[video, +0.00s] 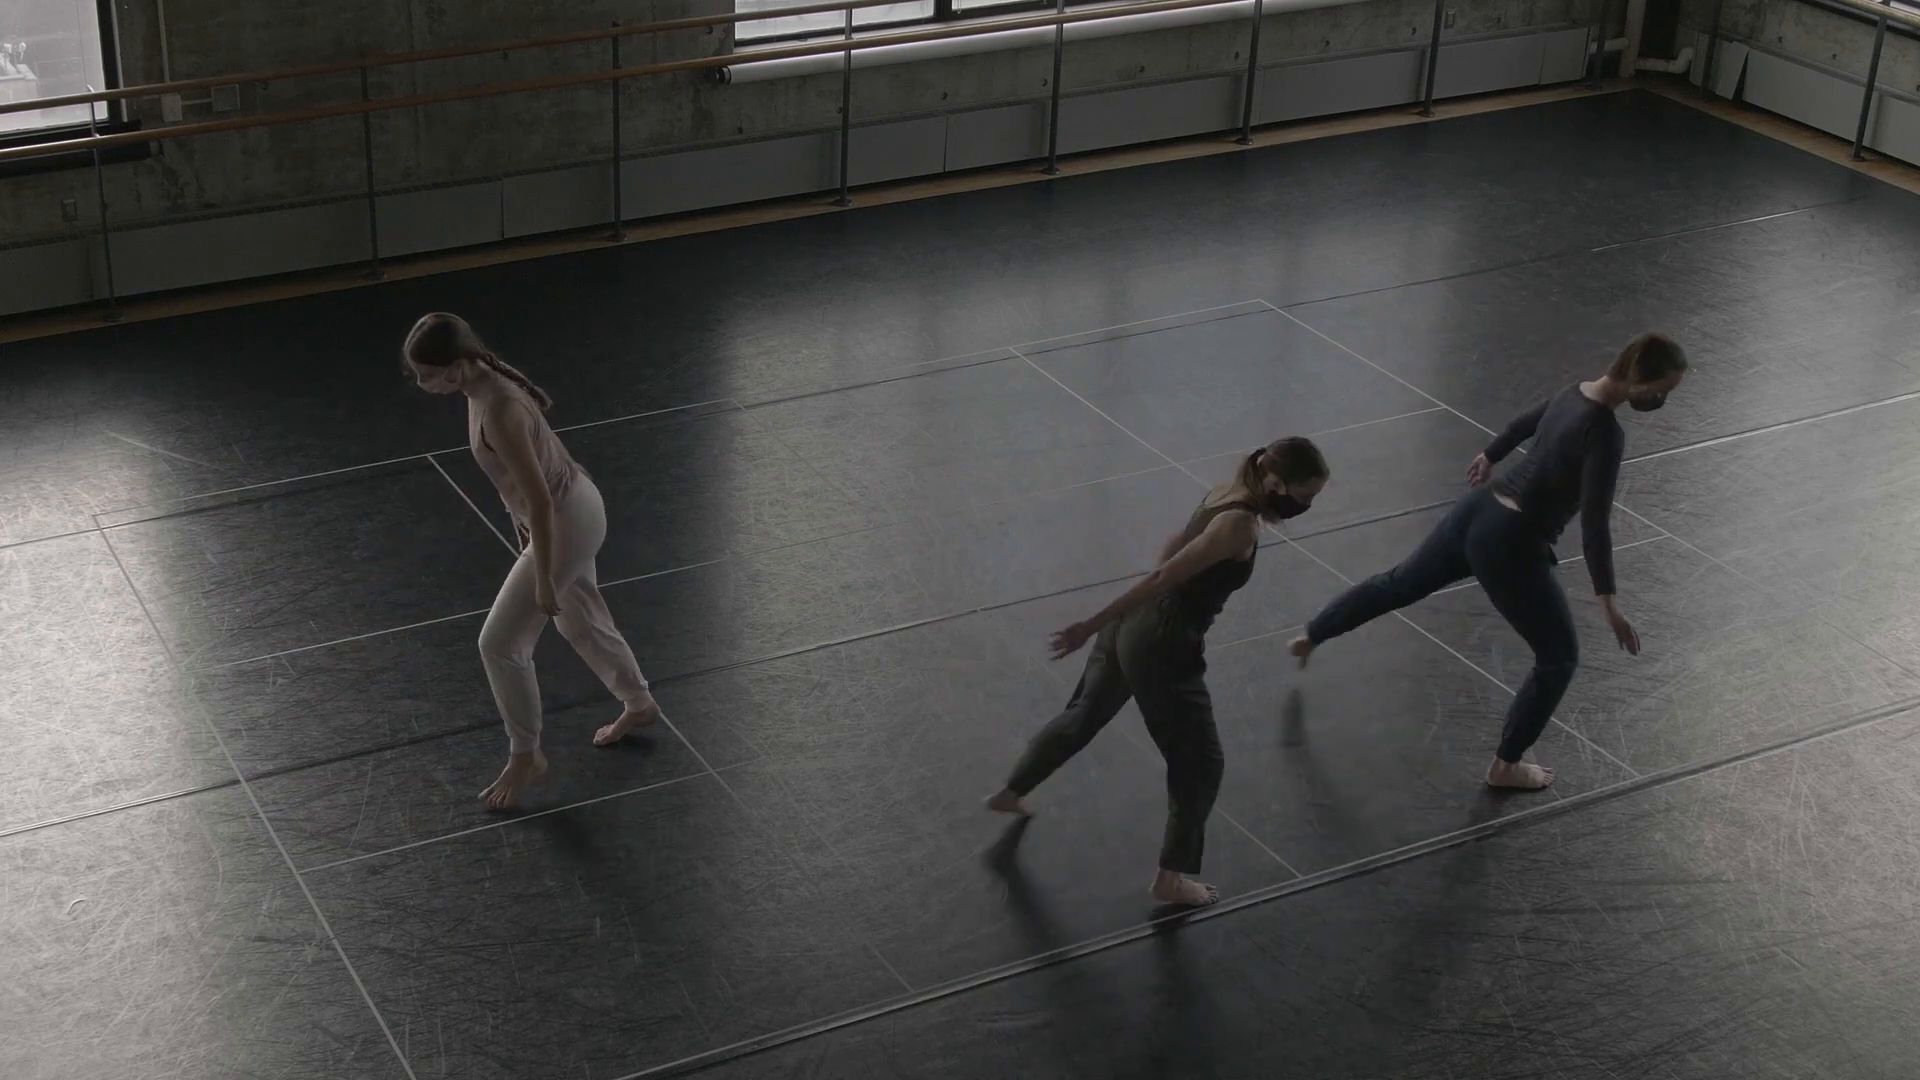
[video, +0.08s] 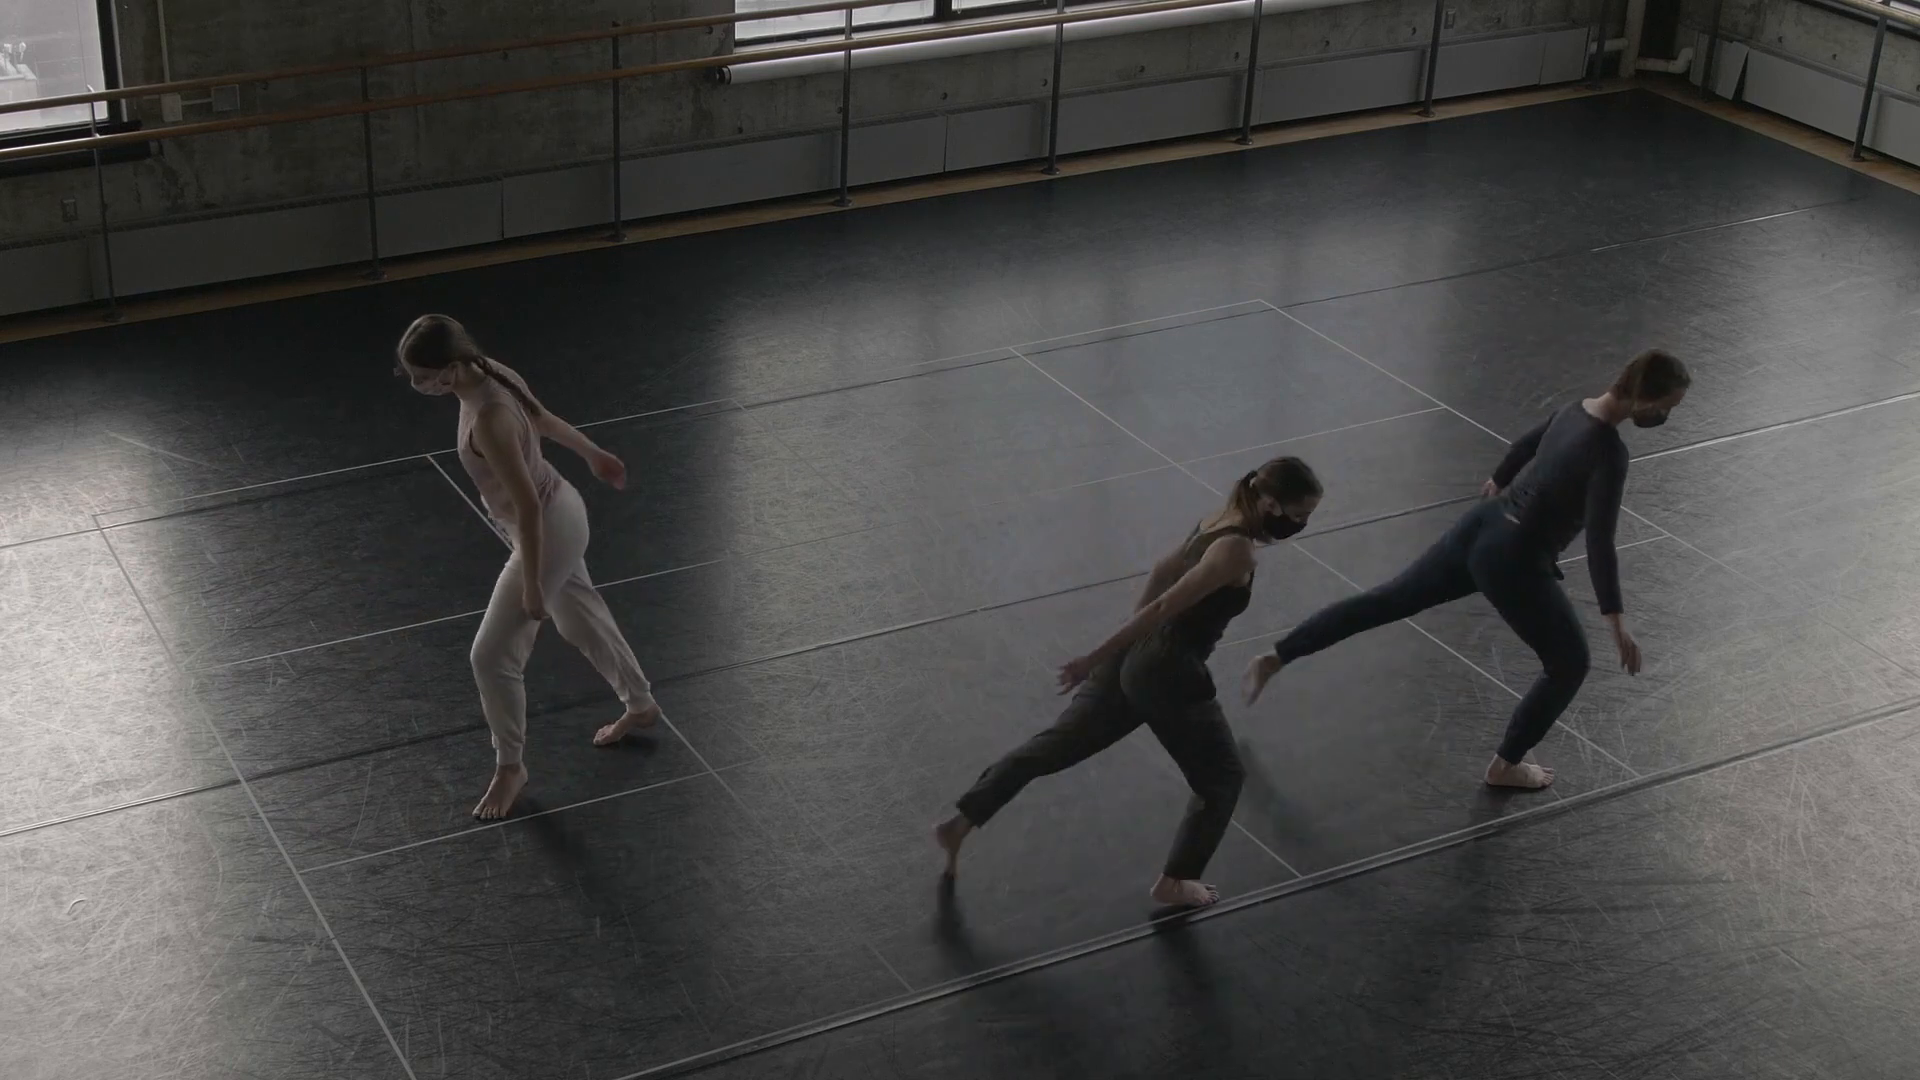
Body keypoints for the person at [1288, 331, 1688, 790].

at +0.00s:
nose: (1663, 401)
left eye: (1668, 393)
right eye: (1663, 391)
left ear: (1630, 368)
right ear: (1643, 379)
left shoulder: (1576, 393)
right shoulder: (1605, 432)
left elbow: (1524, 425)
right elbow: (1595, 521)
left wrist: (1490, 454)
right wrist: (1610, 602)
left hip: (1477, 510)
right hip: (1510, 543)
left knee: (1401, 582)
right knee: (1559, 658)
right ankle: (1507, 764)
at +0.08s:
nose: (1663, 419)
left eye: (1667, 412)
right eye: (1663, 411)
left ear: (1629, 383)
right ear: (1643, 399)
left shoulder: (1579, 410)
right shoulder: (1610, 453)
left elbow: (1527, 446)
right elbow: (1600, 541)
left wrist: (1497, 481)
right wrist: (1616, 620)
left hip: (1484, 526)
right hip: (1512, 561)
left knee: (1387, 600)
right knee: (1570, 665)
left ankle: (1275, 657)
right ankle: (1506, 766)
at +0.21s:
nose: (1662, 433)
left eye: (1667, 425)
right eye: (1664, 424)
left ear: (1629, 396)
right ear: (1648, 416)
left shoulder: (1565, 422)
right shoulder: (1615, 468)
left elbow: (1506, 467)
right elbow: (1621, 557)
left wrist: (1494, 524)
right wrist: (1642, 639)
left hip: (1479, 542)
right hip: (1521, 569)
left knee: (1399, 638)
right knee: (1576, 667)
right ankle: (1508, 764)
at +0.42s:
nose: (1629, 428)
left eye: (1631, 420)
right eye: (1631, 422)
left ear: (1589, 398)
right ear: (1624, 423)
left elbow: (1471, 497)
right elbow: (1612, 553)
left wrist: (1439, 553)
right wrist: (1614, 600)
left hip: (1476, 571)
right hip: (1540, 586)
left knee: (1418, 679)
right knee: (1586, 668)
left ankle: (1344, 791)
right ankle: (1511, 763)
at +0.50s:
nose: (1554, 405)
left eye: (1558, 399)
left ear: (1557, 406)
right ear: (1600, 425)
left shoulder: (1513, 445)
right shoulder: (1590, 482)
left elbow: (1471, 502)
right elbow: (1569, 550)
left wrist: (1424, 549)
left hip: (1482, 575)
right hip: (1547, 586)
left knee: (1420, 687)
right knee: (1589, 669)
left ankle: (1346, 798)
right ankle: (1513, 763)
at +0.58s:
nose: (1513, 422)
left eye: (1517, 416)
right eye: (1521, 418)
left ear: (1519, 421)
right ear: (1559, 433)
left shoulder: (1496, 456)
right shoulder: (1550, 473)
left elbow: (1464, 510)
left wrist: (1409, 540)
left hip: (1486, 581)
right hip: (1549, 582)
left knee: (1425, 695)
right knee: (1587, 667)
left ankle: (1354, 804)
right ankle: (1517, 761)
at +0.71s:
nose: (1438, 457)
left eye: (1441, 451)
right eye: (1440, 450)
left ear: (1451, 454)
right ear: (1483, 459)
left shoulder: (1447, 477)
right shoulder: (1491, 499)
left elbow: (1399, 529)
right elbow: (1451, 574)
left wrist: (1357, 544)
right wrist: (1421, 636)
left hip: (1489, 569)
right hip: (1553, 570)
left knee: (1440, 693)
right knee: (1571, 667)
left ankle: (1375, 807)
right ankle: (1529, 760)